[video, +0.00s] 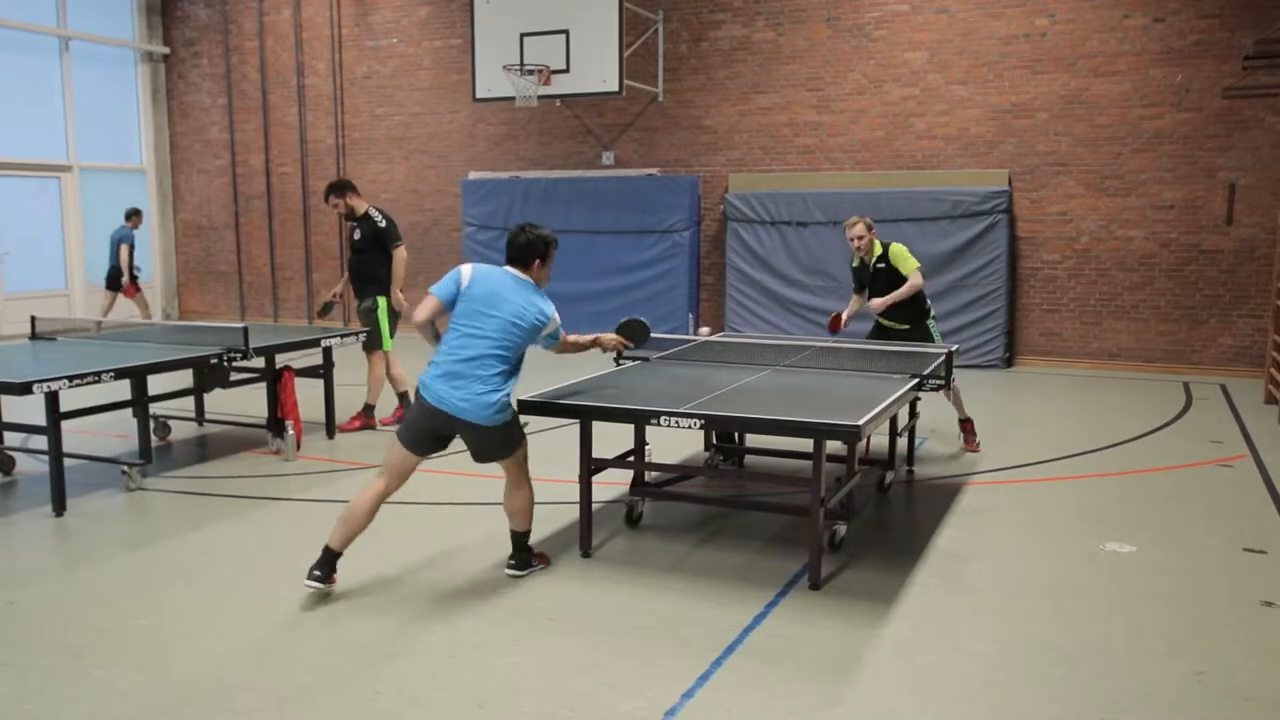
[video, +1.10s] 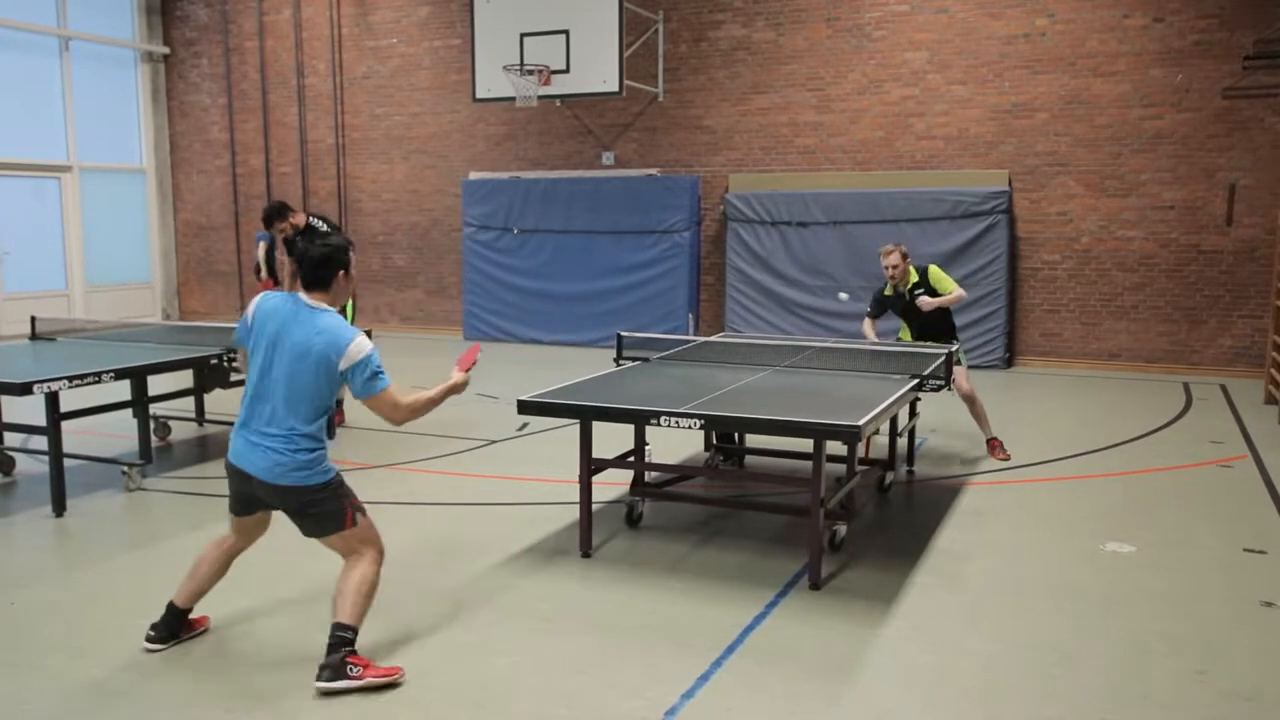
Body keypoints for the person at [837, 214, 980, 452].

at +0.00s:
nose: (857, 244)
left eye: (861, 238)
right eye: (852, 240)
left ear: (872, 235)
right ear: (848, 242)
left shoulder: (895, 251)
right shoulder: (857, 263)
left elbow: (917, 281)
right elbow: (859, 295)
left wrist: (886, 300)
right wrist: (847, 313)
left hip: (919, 325)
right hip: (885, 326)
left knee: (943, 377)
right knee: (863, 373)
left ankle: (965, 421)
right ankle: (861, 432)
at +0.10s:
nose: (855, 256)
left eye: (859, 249)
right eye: (850, 252)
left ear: (871, 247)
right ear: (847, 253)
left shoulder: (886, 263)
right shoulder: (859, 271)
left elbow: (881, 299)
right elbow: (868, 302)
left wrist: (851, 302)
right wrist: (852, 323)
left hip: (921, 332)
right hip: (890, 331)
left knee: (946, 389)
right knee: (862, 376)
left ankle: (986, 435)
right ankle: (859, 434)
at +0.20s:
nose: (861, 271)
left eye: (865, 264)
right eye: (856, 267)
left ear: (876, 261)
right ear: (852, 268)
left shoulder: (894, 275)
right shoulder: (865, 290)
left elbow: (888, 311)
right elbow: (858, 327)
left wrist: (858, 303)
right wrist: (861, 339)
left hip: (928, 343)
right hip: (897, 346)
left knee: (947, 398)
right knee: (864, 387)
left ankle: (987, 442)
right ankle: (860, 443)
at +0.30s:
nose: (867, 273)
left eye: (871, 266)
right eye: (863, 268)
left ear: (883, 261)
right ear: (858, 269)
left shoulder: (905, 270)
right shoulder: (863, 293)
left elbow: (931, 296)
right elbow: (844, 325)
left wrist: (898, 299)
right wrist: (854, 333)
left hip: (930, 345)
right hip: (894, 350)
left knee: (953, 394)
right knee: (865, 391)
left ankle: (989, 443)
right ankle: (856, 446)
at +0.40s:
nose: (874, 275)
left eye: (878, 269)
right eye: (870, 271)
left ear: (889, 264)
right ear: (864, 270)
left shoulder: (909, 270)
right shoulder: (866, 291)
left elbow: (945, 284)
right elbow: (835, 319)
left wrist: (928, 290)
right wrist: (845, 316)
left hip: (930, 343)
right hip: (894, 348)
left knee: (958, 391)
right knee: (871, 391)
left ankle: (987, 441)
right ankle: (861, 445)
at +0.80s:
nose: (888, 250)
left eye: (892, 244)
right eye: (883, 245)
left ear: (906, 243)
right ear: (880, 247)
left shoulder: (929, 260)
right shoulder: (882, 276)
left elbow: (961, 285)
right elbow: (866, 306)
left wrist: (935, 304)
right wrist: (850, 313)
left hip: (943, 335)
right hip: (907, 337)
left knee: (965, 390)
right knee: (882, 381)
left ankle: (991, 439)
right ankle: (877, 424)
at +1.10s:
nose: (890, 273)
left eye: (895, 267)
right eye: (886, 268)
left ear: (907, 263)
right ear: (882, 268)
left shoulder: (928, 273)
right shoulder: (885, 293)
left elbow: (960, 294)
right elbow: (868, 322)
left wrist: (935, 302)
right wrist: (873, 339)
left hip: (946, 343)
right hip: (912, 346)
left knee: (965, 391)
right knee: (885, 384)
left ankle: (991, 440)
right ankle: (869, 431)